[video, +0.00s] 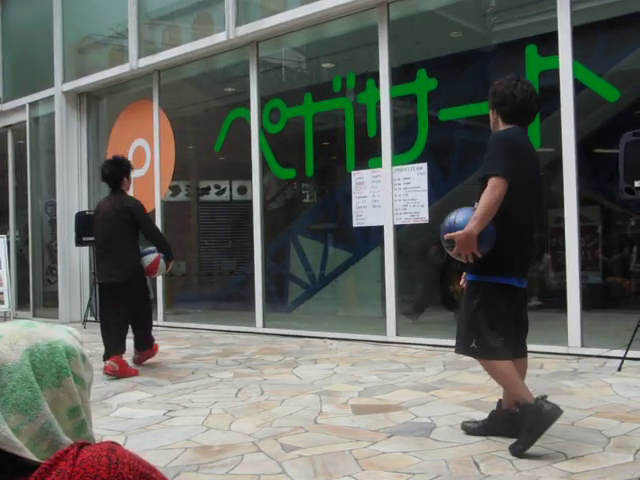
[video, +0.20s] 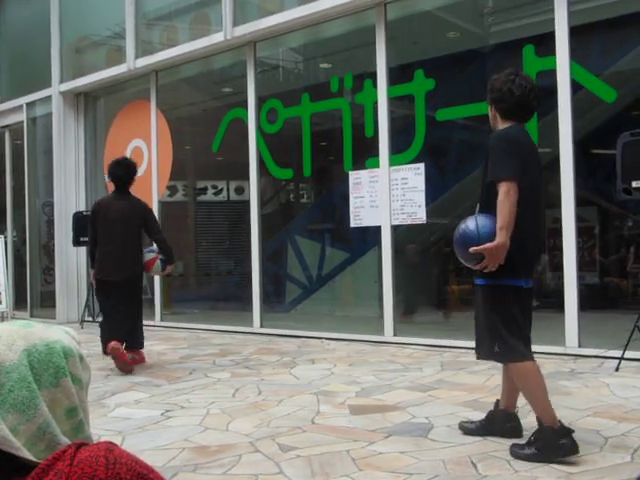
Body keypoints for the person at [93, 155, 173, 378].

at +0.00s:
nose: (131, 180)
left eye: (129, 176)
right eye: (129, 176)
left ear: (108, 181)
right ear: (124, 180)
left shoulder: (101, 207)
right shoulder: (131, 205)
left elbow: (105, 240)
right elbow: (151, 232)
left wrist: (135, 255)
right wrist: (168, 253)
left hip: (106, 271)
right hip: (129, 270)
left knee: (111, 313)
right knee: (141, 306)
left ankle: (113, 358)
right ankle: (144, 348)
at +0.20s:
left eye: (109, 177)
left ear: (110, 180)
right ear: (132, 180)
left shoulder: (100, 206)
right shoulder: (140, 207)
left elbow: (92, 240)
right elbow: (157, 236)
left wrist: (93, 267)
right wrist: (169, 259)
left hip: (105, 269)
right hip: (132, 270)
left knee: (109, 309)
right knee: (132, 309)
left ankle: (113, 343)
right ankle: (135, 350)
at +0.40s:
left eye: (113, 172)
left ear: (112, 175)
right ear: (133, 176)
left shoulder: (101, 203)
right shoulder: (140, 204)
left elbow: (94, 237)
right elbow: (153, 233)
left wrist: (97, 260)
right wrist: (161, 255)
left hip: (107, 267)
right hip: (133, 267)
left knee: (98, 305)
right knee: (131, 308)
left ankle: (110, 343)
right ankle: (133, 349)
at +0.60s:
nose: (124, 178)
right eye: (123, 175)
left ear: (103, 179)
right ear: (124, 178)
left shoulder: (97, 205)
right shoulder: (133, 204)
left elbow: (93, 237)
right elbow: (143, 238)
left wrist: (105, 247)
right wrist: (132, 252)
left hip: (103, 264)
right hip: (128, 265)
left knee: (96, 303)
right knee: (129, 306)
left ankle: (89, 343)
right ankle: (131, 349)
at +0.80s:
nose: (117, 179)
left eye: (115, 175)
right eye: (115, 176)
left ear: (96, 181)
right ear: (111, 179)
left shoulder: (90, 204)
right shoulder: (119, 204)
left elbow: (92, 233)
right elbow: (131, 231)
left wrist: (123, 248)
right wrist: (135, 247)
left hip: (94, 266)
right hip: (117, 265)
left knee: (90, 304)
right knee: (126, 304)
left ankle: (90, 343)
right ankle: (129, 346)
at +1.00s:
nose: (108, 179)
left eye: (106, 175)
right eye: (104, 175)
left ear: (91, 182)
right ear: (95, 180)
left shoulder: (87, 204)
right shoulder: (103, 201)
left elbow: (95, 238)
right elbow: (112, 231)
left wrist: (123, 248)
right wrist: (129, 251)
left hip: (84, 263)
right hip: (99, 263)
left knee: (91, 303)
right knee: (114, 303)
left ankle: (93, 344)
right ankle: (113, 345)